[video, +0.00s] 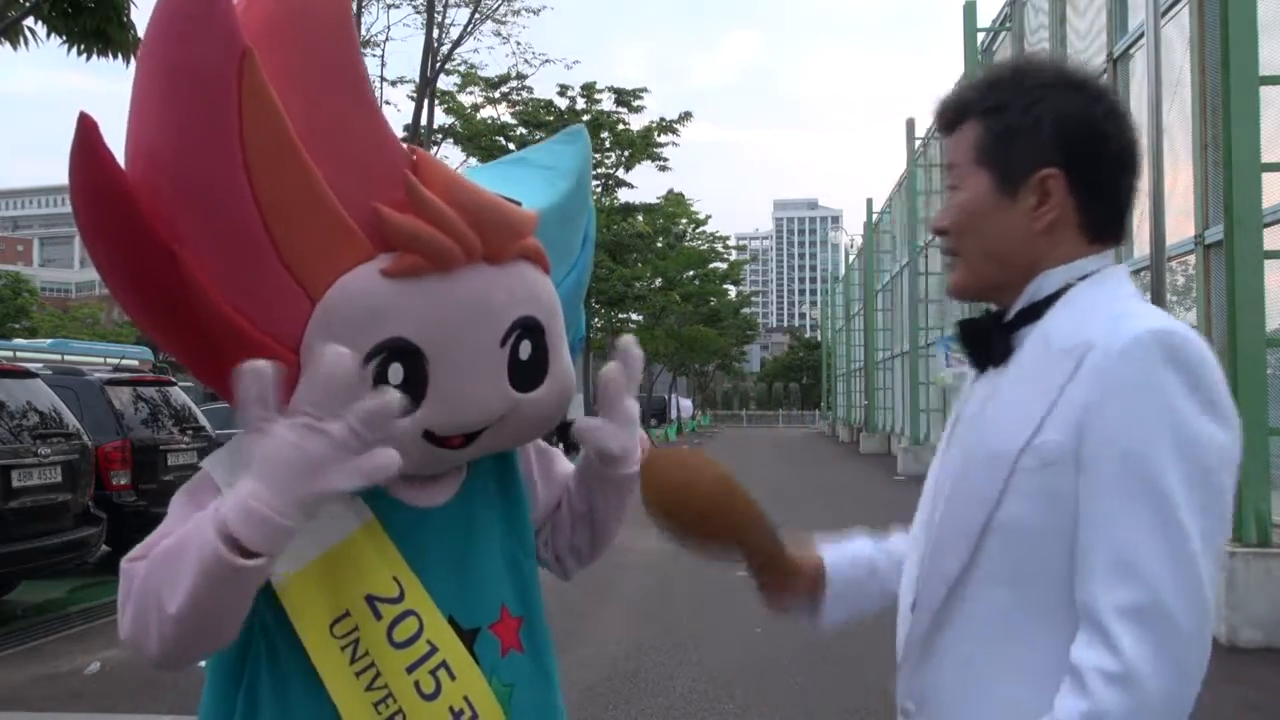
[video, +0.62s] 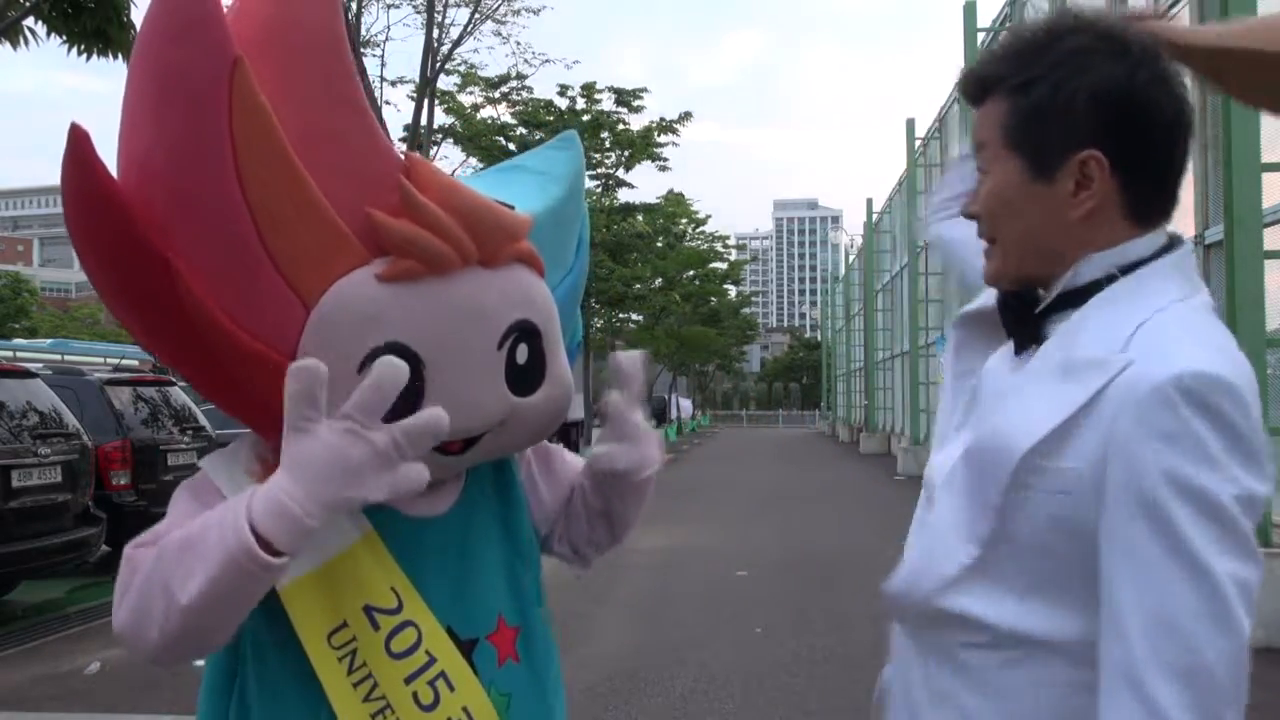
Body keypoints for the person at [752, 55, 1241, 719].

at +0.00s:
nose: (935, 222)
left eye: (954, 186)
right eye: (943, 190)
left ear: (1042, 198)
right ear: (1035, 200)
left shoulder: (1142, 356)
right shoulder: (1011, 356)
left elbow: (1139, 668)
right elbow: (964, 551)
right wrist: (823, 574)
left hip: (1020, 705)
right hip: (931, 701)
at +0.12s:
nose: (979, 226)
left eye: (996, 190)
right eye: (985, 194)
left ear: (1090, 203)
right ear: (1085, 205)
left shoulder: (1159, 373)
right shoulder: (1074, 354)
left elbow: (1131, 691)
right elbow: (931, 458)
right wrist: (800, 379)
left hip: (1011, 708)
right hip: (934, 696)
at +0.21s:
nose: (998, 234)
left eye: (1017, 198)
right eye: (1007, 202)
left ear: (1115, 208)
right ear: (1114, 211)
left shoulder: (1158, 385)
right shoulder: (1093, 356)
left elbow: (1134, 700)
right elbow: (949, 369)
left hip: (990, 706)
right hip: (932, 699)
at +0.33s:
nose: (999, 228)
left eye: (1019, 195)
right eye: (1008, 199)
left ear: (1118, 208)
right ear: (1117, 211)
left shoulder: (1153, 390)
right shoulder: (1076, 351)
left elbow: (1143, 701)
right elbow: (988, 288)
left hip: (986, 704)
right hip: (930, 696)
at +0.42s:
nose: (993, 223)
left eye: (1011, 189)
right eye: (1002, 191)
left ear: (1109, 204)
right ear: (1108, 207)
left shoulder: (1149, 389)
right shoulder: (1085, 347)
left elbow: (1141, 700)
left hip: (985, 704)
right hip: (923, 694)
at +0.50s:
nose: (986, 219)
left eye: (1002, 184)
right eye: (992, 187)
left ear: (1102, 198)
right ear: (1099, 200)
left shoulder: (1153, 385)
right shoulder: (1074, 337)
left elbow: (1145, 699)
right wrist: (1118, 71)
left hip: (989, 703)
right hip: (917, 691)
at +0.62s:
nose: (969, 202)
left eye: (987, 166)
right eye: (978, 166)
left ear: (1083, 183)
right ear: (1083, 186)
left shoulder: (1176, 378)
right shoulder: (1045, 313)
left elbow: (1172, 699)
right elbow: (948, 213)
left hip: (1021, 703)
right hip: (921, 688)